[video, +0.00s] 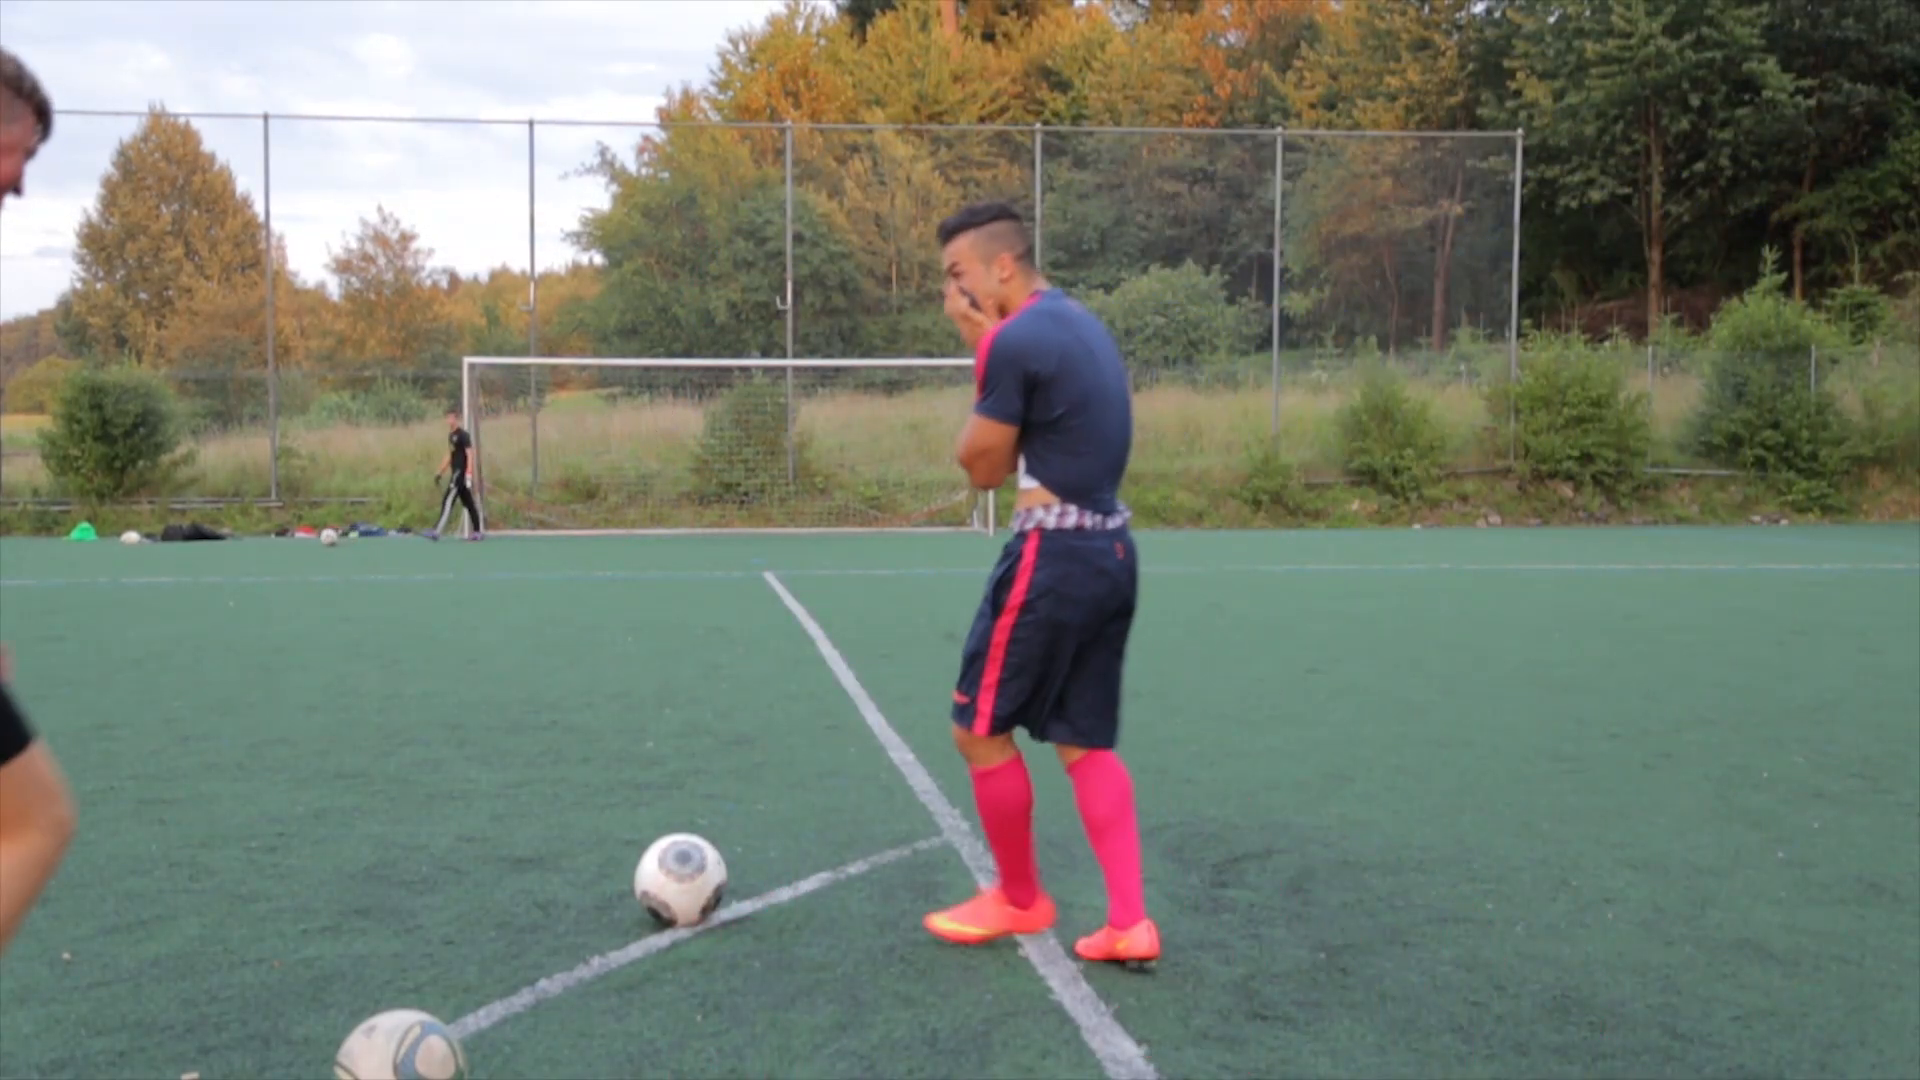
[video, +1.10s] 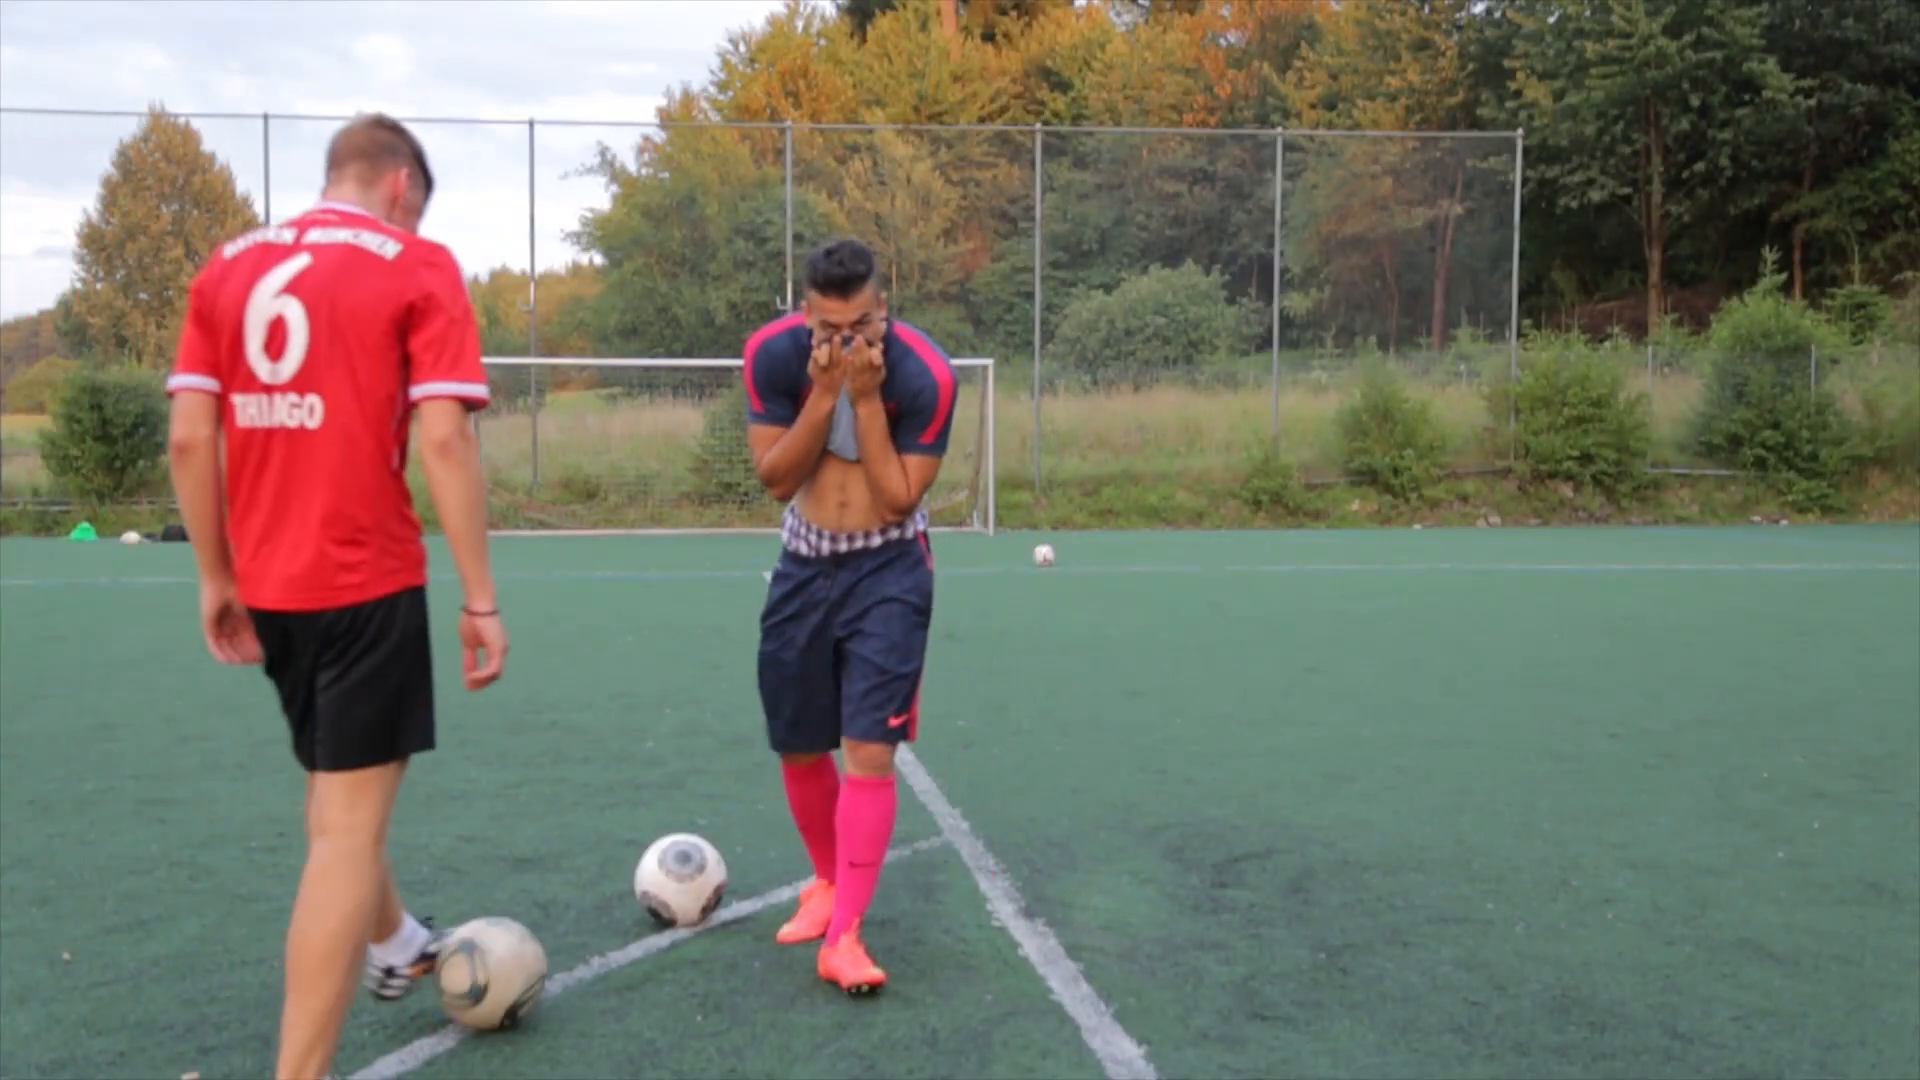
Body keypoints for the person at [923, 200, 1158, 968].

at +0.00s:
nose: (954, 291)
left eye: (960, 274)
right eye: (951, 277)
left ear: (1004, 266)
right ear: (1016, 271)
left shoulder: (1021, 338)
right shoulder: (1080, 323)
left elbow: (983, 466)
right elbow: (1042, 434)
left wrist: (985, 351)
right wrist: (987, 342)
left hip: (1049, 555)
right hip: (1108, 552)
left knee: (978, 725)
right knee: (1083, 734)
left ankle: (1019, 898)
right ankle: (1129, 919)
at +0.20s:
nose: (893, 339)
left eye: (895, 321)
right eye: (886, 325)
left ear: (938, 307)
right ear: (945, 308)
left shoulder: (975, 385)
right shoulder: (1012, 344)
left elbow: (937, 504)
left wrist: (935, 399)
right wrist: (939, 390)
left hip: (1005, 572)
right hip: (1035, 563)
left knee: (951, 743)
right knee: (997, 728)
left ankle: (996, 900)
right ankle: (1089, 837)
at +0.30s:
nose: (878, 327)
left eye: (882, 310)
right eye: (871, 315)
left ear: (922, 297)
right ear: (906, 305)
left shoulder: (969, 367)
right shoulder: (948, 345)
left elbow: (933, 488)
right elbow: (912, 457)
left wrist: (913, 383)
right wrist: (901, 376)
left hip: (999, 559)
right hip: (966, 551)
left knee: (961, 733)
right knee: (914, 708)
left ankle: (997, 897)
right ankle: (1021, 843)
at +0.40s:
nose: (856, 317)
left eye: (861, 299)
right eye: (846, 305)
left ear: (903, 288)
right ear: (860, 306)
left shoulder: (955, 352)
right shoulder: (905, 349)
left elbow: (918, 478)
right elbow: (879, 457)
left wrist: (891, 375)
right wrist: (875, 368)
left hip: (984, 552)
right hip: (931, 548)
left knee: (971, 726)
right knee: (890, 708)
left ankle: (999, 898)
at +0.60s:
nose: (826, 335)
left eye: (834, 316)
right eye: (810, 326)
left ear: (865, 300)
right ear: (799, 327)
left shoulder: (930, 357)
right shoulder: (809, 368)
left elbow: (913, 477)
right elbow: (828, 482)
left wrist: (864, 384)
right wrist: (832, 386)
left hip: (943, 550)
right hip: (875, 555)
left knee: (927, 733)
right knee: (843, 724)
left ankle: (985, 884)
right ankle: (845, 890)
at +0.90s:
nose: (823, 325)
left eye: (834, 308)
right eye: (805, 312)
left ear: (857, 288)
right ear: (785, 301)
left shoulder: (909, 351)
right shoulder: (763, 354)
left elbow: (901, 475)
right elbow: (781, 473)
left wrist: (854, 378)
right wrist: (814, 378)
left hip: (905, 553)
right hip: (821, 564)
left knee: (913, 717)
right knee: (823, 736)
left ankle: (874, 899)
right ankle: (839, 890)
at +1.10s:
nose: (844, 342)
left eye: (859, 325)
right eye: (827, 326)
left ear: (884, 306)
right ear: (804, 311)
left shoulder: (922, 374)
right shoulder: (775, 356)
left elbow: (898, 498)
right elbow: (777, 479)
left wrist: (865, 399)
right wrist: (826, 393)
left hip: (889, 571)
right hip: (803, 572)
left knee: (869, 747)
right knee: (800, 743)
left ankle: (846, 932)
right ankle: (827, 880)